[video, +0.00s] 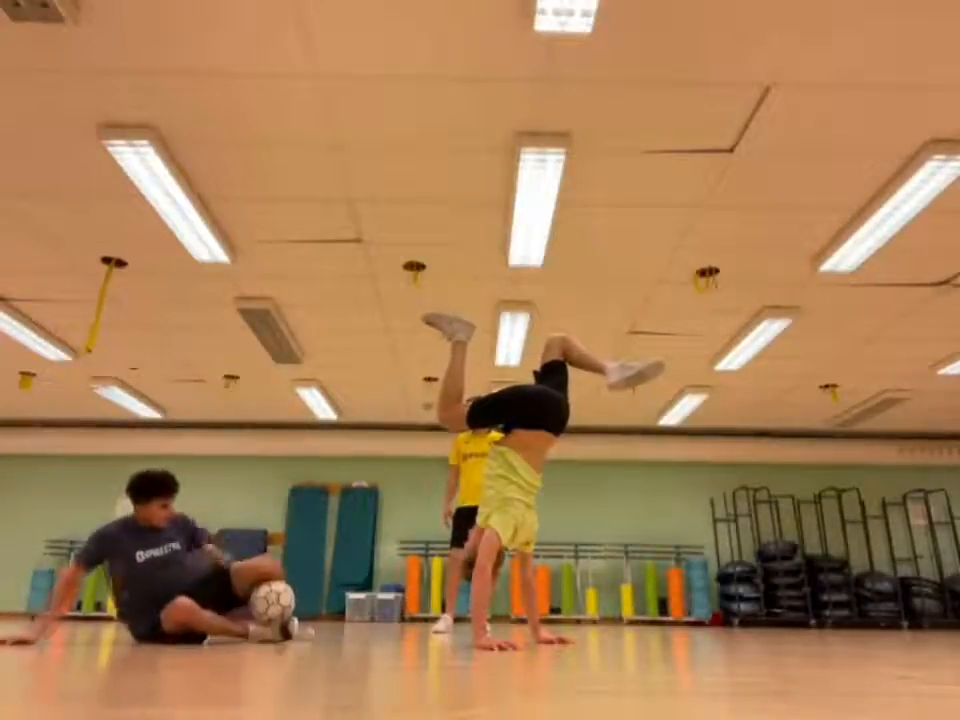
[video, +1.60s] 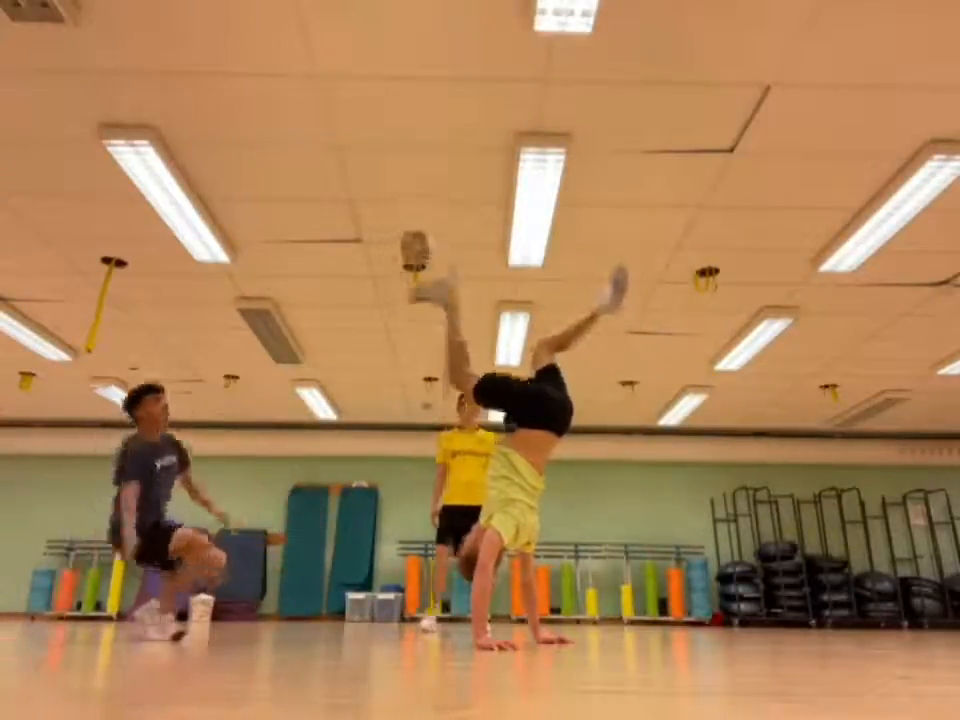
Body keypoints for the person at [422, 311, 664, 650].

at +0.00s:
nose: (485, 562)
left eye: (484, 566)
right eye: (482, 563)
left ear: (474, 548)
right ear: (475, 543)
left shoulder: (525, 534)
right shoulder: (495, 527)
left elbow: (527, 582)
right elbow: (482, 575)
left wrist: (537, 631)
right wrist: (481, 636)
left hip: (554, 414)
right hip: (533, 408)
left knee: (557, 343)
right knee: (452, 416)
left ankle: (612, 370)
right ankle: (459, 342)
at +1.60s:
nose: (476, 542)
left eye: (469, 542)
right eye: (476, 545)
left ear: (471, 542)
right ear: (477, 541)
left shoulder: (525, 536)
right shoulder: (496, 529)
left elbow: (528, 584)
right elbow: (482, 578)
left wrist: (537, 632)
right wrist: (481, 636)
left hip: (557, 413)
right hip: (534, 410)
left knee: (545, 347)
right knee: (464, 381)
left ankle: (602, 309)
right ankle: (450, 302)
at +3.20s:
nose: (476, 543)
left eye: (473, 548)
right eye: (476, 546)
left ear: (475, 547)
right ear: (481, 544)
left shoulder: (528, 540)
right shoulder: (504, 531)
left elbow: (529, 586)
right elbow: (484, 575)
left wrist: (538, 632)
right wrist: (481, 635)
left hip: (572, 416)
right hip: (554, 416)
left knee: (580, 347)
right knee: (471, 409)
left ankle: (658, 323)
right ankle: (472, 331)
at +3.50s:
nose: (482, 542)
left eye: (480, 545)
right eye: (481, 543)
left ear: (482, 550)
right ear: (484, 544)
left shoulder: (530, 541)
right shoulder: (509, 534)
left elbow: (530, 588)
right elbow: (482, 576)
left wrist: (536, 632)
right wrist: (480, 635)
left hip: (598, 436)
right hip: (582, 432)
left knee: (634, 367)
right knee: (515, 382)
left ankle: (714, 359)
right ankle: (527, 301)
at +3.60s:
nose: (488, 525)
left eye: (486, 534)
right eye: (487, 533)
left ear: (490, 546)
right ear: (490, 540)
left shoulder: (530, 538)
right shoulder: (514, 532)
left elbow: (535, 586)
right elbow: (486, 574)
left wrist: (537, 632)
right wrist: (480, 637)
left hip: (604, 438)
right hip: (596, 436)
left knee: (655, 374)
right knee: (538, 362)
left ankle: (736, 390)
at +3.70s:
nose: (495, 524)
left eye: (494, 536)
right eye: (494, 531)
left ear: (495, 550)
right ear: (497, 537)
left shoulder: (535, 539)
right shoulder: (519, 534)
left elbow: (535, 586)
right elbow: (485, 579)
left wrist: (537, 630)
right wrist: (479, 637)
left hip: (618, 452)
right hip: (609, 441)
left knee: (683, 394)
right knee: (576, 353)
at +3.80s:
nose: (501, 528)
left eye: (497, 532)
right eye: (498, 533)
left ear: (501, 550)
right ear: (501, 546)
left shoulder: (539, 544)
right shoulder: (523, 541)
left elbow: (537, 582)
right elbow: (487, 573)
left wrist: (538, 632)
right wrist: (480, 636)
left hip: (633, 472)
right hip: (624, 461)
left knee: (702, 442)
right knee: (638, 365)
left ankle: (760, 524)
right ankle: (712, 392)